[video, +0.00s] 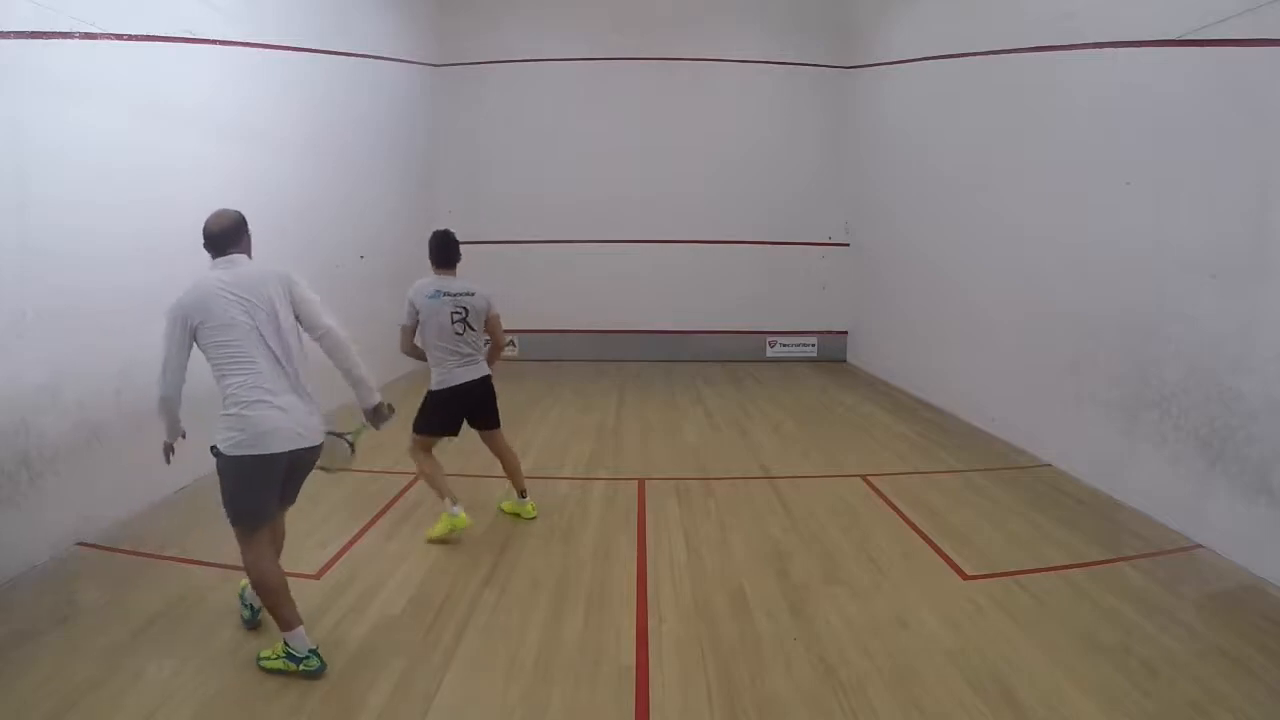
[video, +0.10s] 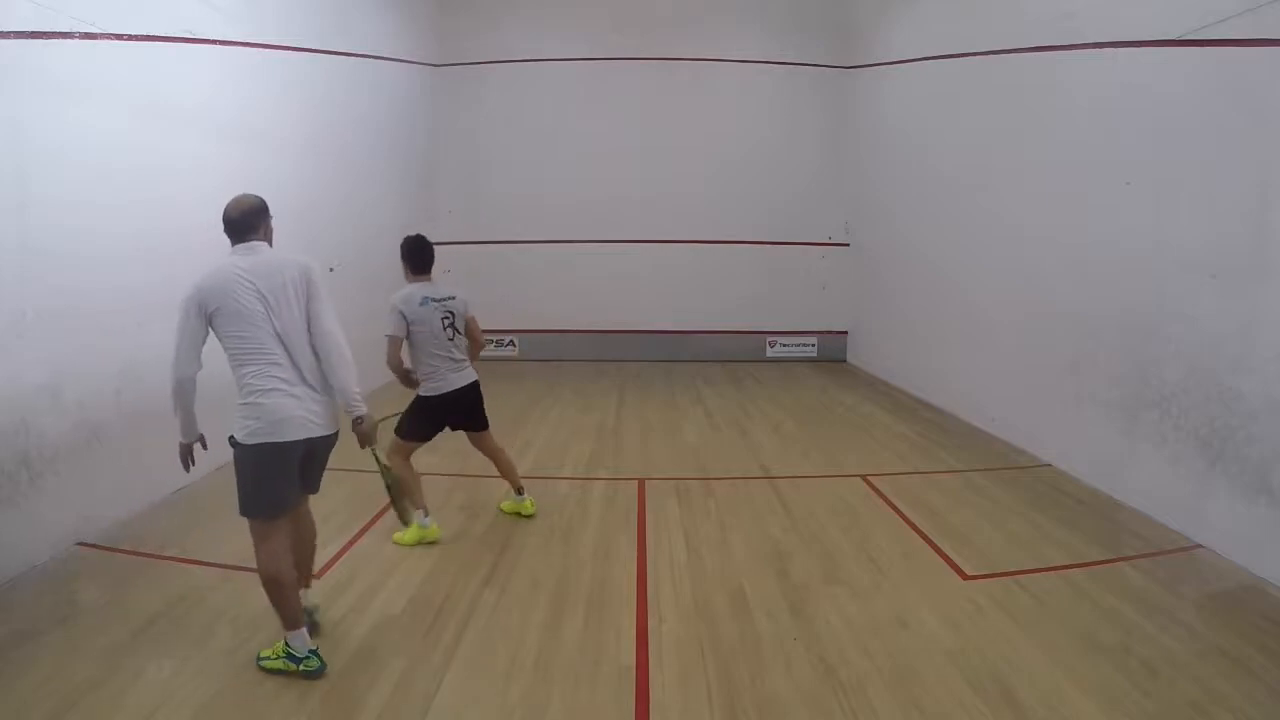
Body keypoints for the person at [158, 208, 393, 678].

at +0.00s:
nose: (250, 246)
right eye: (250, 238)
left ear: (206, 250)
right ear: (248, 241)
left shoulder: (190, 300)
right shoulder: (280, 281)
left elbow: (169, 385)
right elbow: (329, 335)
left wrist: (171, 428)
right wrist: (369, 397)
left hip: (246, 444)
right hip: (305, 435)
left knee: (257, 549)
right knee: (274, 517)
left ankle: (301, 650)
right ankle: (254, 595)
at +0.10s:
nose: (272, 231)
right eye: (271, 224)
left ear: (225, 235)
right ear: (268, 228)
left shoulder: (206, 286)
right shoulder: (301, 271)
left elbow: (184, 372)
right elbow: (332, 344)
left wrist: (187, 432)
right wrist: (358, 407)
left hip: (264, 430)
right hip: (320, 422)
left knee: (268, 537)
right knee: (298, 503)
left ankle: (299, 649)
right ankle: (301, 600)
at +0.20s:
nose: (296, 228)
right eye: (296, 220)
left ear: (250, 230)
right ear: (294, 224)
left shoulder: (226, 280)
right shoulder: (325, 272)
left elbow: (204, 362)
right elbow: (354, 346)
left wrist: (203, 436)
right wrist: (380, 412)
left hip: (280, 431)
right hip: (339, 423)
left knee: (276, 535)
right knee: (328, 497)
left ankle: (300, 647)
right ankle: (373, 594)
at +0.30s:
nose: (323, 235)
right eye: (324, 229)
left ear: (277, 233)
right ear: (321, 232)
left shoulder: (255, 283)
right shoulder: (351, 279)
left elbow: (232, 367)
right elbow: (388, 354)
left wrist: (227, 443)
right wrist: (416, 411)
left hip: (298, 434)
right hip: (358, 427)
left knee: (282, 536)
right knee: (364, 500)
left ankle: (302, 649)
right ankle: (436, 583)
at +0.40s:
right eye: (352, 233)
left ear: (307, 237)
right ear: (352, 236)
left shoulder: (292, 281)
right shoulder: (383, 279)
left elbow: (279, 356)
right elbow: (423, 347)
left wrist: (264, 436)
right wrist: (448, 399)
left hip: (325, 431)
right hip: (387, 424)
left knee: (303, 532)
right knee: (404, 504)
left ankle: (303, 649)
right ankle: (480, 585)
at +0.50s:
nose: (338, 249)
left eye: (336, 242)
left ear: (338, 242)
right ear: (378, 240)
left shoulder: (330, 286)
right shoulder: (415, 281)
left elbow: (327, 357)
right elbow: (457, 340)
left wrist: (318, 433)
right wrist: (467, 392)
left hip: (367, 435)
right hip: (427, 426)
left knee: (333, 533)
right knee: (445, 511)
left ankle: (310, 647)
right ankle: (500, 601)